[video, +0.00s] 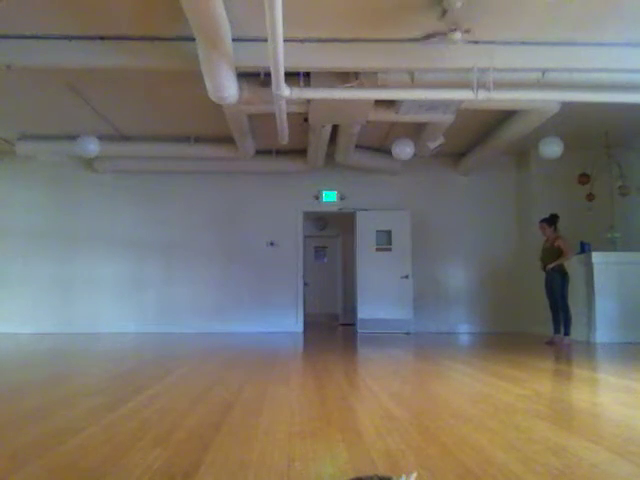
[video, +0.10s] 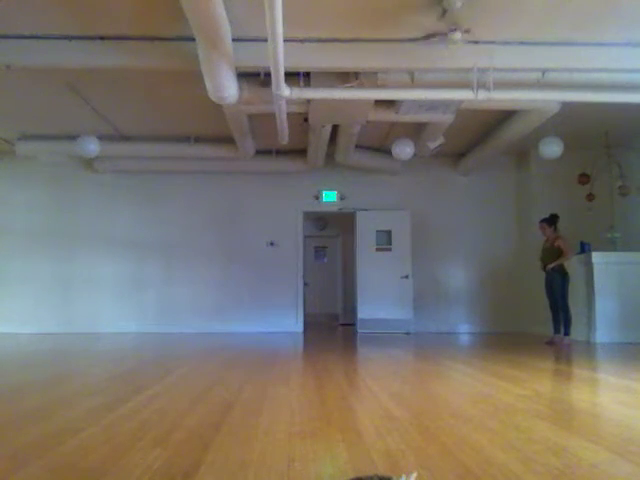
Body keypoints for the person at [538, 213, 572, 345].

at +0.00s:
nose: (542, 231)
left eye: (544, 228)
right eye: (541, 228)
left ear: (551, 228)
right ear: (544, 229)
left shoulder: (559, 240)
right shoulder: (547, 241)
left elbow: (568, 254)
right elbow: (546, 255)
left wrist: (553, 264)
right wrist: (543, 264)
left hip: (559, 273)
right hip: (549, 273)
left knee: (561, 304)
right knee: (553, 305)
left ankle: (566, 335)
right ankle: (556, 334)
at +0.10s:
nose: (542, 231)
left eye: (544, 228)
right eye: (541, 228)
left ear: (551, 227)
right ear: (544, 229)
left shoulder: (559, 240)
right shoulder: (547, 241)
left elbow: (568, 254)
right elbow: (546, 255)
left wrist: (553, 264)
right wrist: (543, 264)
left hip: (559, 273)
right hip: (549, 273)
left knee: (562, 304)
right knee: (553, 305)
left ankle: (566, 335)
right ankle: (556, 334)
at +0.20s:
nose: (542, 231)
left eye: (544, 228)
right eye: (541, 228)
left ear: (551, 228)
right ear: (544, 229)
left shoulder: (559, 240)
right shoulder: (546, 241)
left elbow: (567, 255)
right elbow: (546, 255)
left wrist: (553, 264)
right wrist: (543, 264)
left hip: (559, 273)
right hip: (549, 273)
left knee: (562, 304)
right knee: (553, 305)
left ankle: (566, 335)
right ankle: (556, 334)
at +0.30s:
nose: (542, 231)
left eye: (544, 228)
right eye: (541, 228)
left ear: (551, 228)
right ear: (544, 229)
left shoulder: (559, 240)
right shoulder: (546, 241)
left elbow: (567, 254)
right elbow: (544, 255)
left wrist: (553, 263)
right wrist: (543, 264)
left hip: (559, 273)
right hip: (550, 273)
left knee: (562, 304)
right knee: (553, 305)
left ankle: (566, 335)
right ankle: (556, 334)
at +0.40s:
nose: (542, 231)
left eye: (544, 228)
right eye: (541, 229)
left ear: (551, 228)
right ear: (543, 229)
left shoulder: (559, 240)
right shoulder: (546, 242)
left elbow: (567, 253)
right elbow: (542, 255)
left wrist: (554, 263)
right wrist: (543, 263)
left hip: (560, 273)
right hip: (550, 273)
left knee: (562, 304)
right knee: (553, 305)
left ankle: (566, 336)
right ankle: (556, 334)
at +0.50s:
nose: (542, 231)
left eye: (544, 228)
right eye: (541, 229)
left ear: (551, 228)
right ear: (543, 229)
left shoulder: (559, 240)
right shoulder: (546, 242)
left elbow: (566, 253)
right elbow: (542, 255)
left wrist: (555, 262)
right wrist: (543, 263)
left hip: (560, 273)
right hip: (550, 273)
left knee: (562, 304)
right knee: (553, 305)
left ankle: (566, 336)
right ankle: (556, 334)